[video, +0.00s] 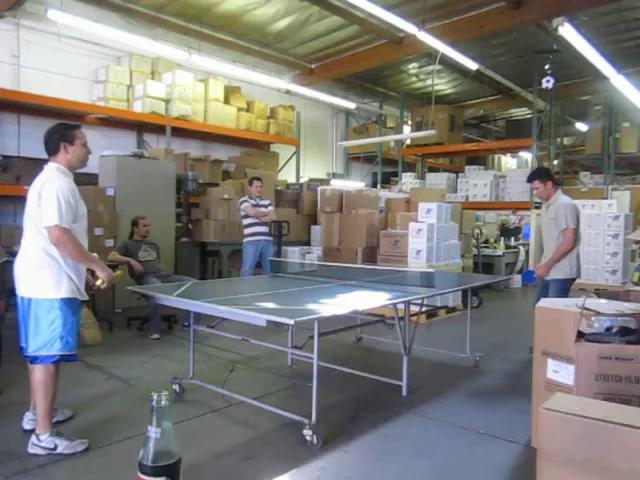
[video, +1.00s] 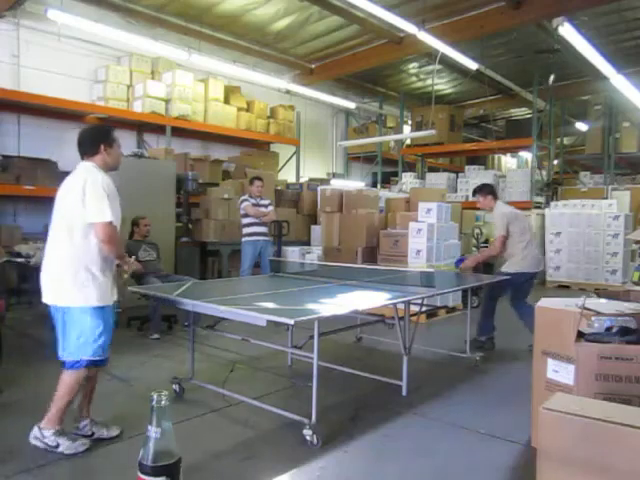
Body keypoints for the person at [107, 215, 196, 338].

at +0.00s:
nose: (147, 229)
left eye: (148, 226)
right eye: (144, 226)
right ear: (135, 228)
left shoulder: (153, 245)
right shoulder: (128, 244)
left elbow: (157, 263)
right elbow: (111, 257)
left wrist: (162, 272)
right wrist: (130, 261)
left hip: (161, 275)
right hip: (145, 276)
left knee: (193, 283)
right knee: (159, 293)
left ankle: (189, 321)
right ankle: (154, 330)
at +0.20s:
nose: (147, 229)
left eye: (148, 226)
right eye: (144, 226)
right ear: (135, 228)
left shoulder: (153, 245)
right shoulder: (128, 244)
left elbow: (157, 263)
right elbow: (111, 256)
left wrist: (162, 272)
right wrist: (130, 261)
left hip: (161, 275)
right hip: (145, 276)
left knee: (193, 283)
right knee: (159, 293)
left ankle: (189, 322)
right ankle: (154, 330)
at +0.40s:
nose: (148, 229)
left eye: (148, 226)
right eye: (144, 226)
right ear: (135, 228)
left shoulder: (153, 245)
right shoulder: (128, 244)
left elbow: (157, 263)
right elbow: (111, 256)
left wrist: (162, 272)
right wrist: (130, 261)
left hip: (161, 275)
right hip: (145, 276)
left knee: (193, 283)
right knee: (160, 293)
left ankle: (190, 322)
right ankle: (153, 330)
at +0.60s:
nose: (148, 229)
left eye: (149, 226)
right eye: (145, 226)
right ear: (136, 229)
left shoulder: (154, 245)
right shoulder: (128, 245)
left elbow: (157, 263)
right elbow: (111, 256)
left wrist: (163, 272)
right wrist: (130, 261)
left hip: (160, 275)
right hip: (145, 276)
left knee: (193, 283)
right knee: (160, 293)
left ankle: (190, 322)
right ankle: (153, 330)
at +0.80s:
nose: (148, 229)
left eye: (149, 226)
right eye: (145, 226)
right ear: (135, 228)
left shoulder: (153, 245)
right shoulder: (128, 244)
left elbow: (157, 263)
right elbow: (113, 255)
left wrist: (161, 272)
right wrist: (130, 261)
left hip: (160, 275)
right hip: (144, 276)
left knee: (192, 283)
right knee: (160, 293)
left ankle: (190, 322)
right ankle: (154, 330)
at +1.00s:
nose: (148, 229)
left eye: (149, 226)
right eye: (145, 226)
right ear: (136, 229)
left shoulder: (153, 245)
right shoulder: (129, 245)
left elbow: (157, 263)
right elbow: (123, 261)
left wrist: (162, 271)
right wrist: (133, 266)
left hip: (160, 274)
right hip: (144, 275)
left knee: (192, 283)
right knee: (158, 291)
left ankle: (190, 321)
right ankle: (154, 330)